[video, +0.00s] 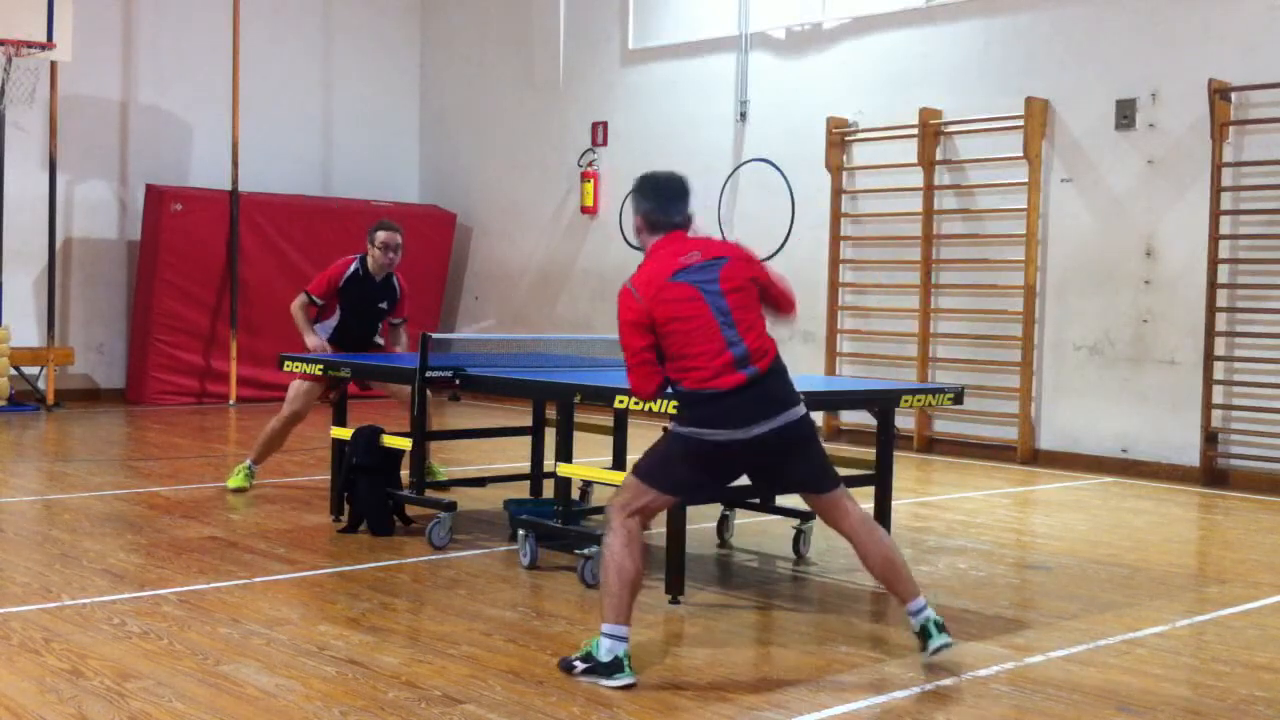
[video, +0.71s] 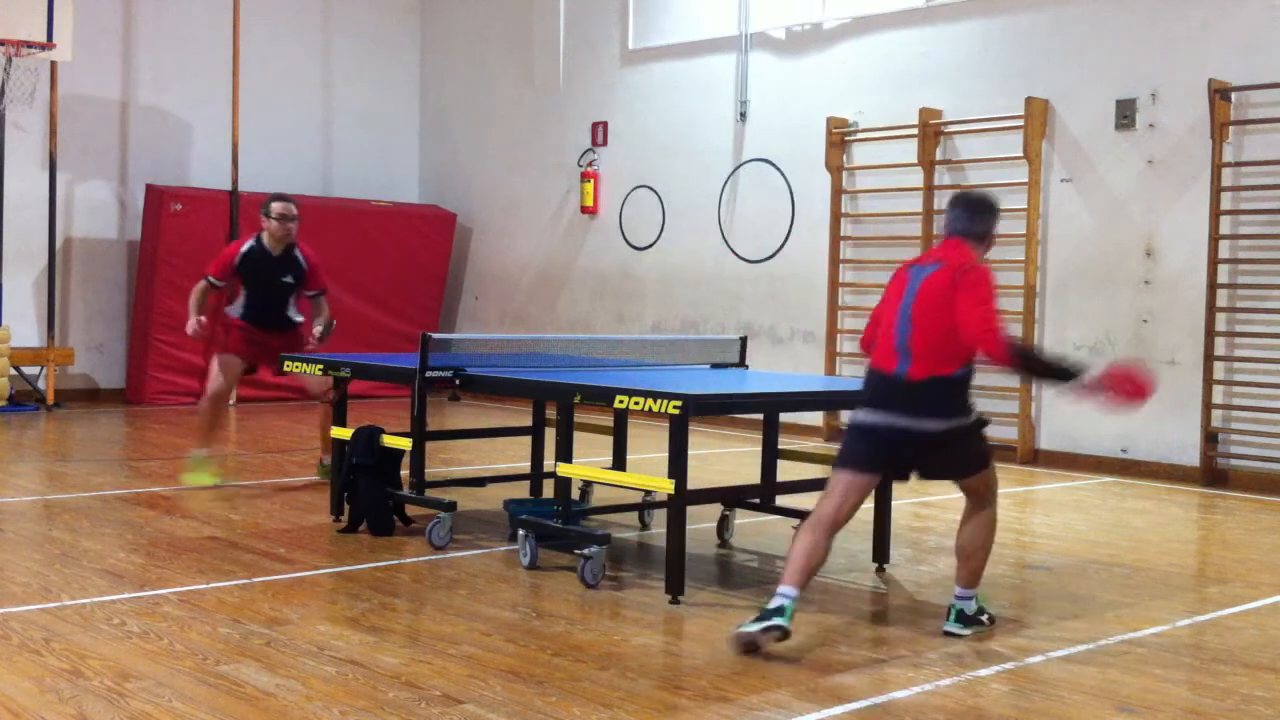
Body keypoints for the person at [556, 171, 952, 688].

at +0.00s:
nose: (633, 226)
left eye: (633, 219)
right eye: (635, 219)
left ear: (639, 222)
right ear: (688, 217)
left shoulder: (638, 291)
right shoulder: (733, 255)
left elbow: (645, 385)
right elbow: (786, 305)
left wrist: (678, 347)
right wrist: (734, 283)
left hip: (709, 435)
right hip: (782, 421)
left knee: (625, 514)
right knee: (849, 516)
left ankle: (610, 650)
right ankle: (926, 621)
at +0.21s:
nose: (686, 230)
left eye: (688, 222)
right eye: (690, 222)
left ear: (697, 227)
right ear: (736, 227)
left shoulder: (680, 287)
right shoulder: (774, 277)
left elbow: (659, 369)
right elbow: (827, 339)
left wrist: (701, 346)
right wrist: (778, 326)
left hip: (723, 436)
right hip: (794, 431)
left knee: (645, 520)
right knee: (840, 509)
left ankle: (605, 647)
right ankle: (886, 619)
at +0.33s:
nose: (766, 204)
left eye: (768, 197)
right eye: (774, 196)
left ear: (773, 202)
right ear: (814, 205)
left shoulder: (747, 261)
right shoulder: (847, 258)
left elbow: (718, 336)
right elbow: (896, 330)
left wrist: (758, 316)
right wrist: (854, 294)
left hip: (776, 412)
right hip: (843, 412)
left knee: (707, 507)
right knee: (875, 495)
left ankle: (678, 613)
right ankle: (889, 590)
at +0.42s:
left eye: (817, 202)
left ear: (815, 206)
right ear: (859, 209)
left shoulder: (782, 261)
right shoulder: (884, 263)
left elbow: (754, 333)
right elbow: (923, 345)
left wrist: (797, 346)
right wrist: (941, 373)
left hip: (807, 416)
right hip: (875, 414)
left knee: (745, 505)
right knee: (910, 488)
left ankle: (747, 621)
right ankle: (927, 588)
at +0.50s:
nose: (856, 226)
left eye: (857, 219)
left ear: (858, 223)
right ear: (900, 227)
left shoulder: (823, 276)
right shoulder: (920, 281)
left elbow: (797, 355)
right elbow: (952, 371)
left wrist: (843, 375)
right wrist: (990, 441)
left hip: (836, 427)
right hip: (903, 428)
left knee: (791, 519)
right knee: (938, 502)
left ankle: (763, 618)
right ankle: (961, 604)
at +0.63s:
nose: (966, 249)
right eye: (966, 242)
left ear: (922, 239)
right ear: (961, 243)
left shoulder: (885, 284)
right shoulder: (953, 286)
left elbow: (856, 357)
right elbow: (963, 358)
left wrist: (921, 380)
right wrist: (1021, 403)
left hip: (864, 426)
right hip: (928, 428)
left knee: (813, 528)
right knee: (974, 500)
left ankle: (766, 611)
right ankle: (963, 607)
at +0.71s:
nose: (992, 243)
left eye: (987, 234)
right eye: (992, 235)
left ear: (945, 228)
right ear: (989, 237)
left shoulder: (909, 270)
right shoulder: (973, 273)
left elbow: (873, 339)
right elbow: (988, 342)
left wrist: (922, 363)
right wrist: (1064, 372)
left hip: (878, 412)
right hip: (941, 417)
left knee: (828, 511)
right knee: (980, 499)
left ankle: (780, 606)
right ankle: (963, 607)